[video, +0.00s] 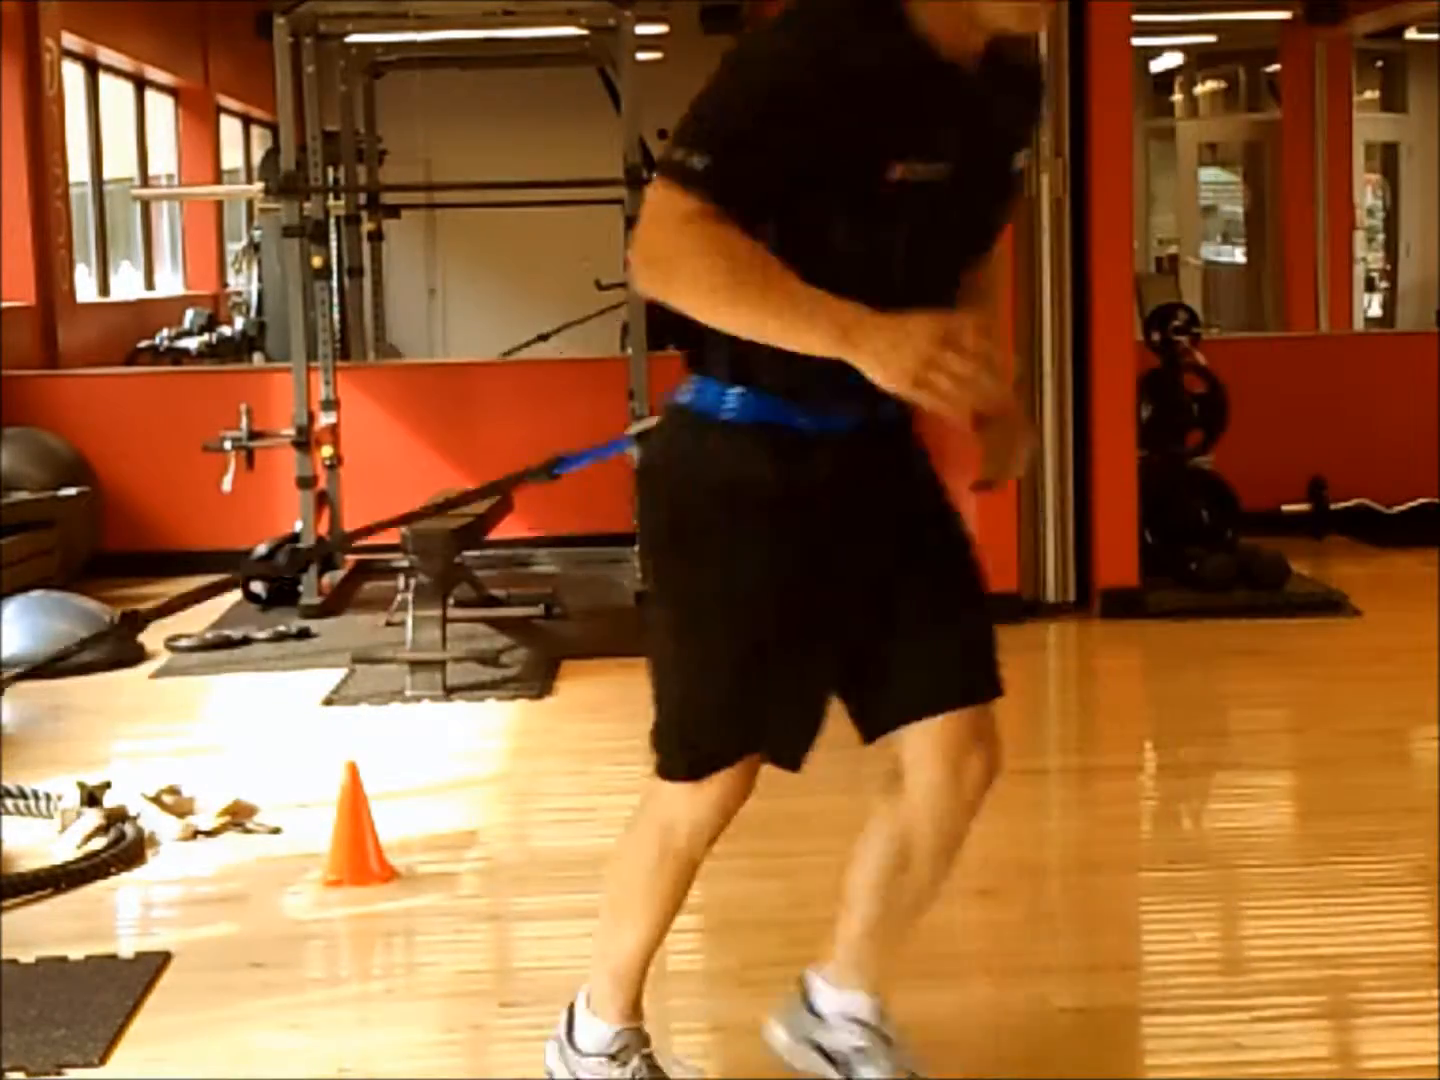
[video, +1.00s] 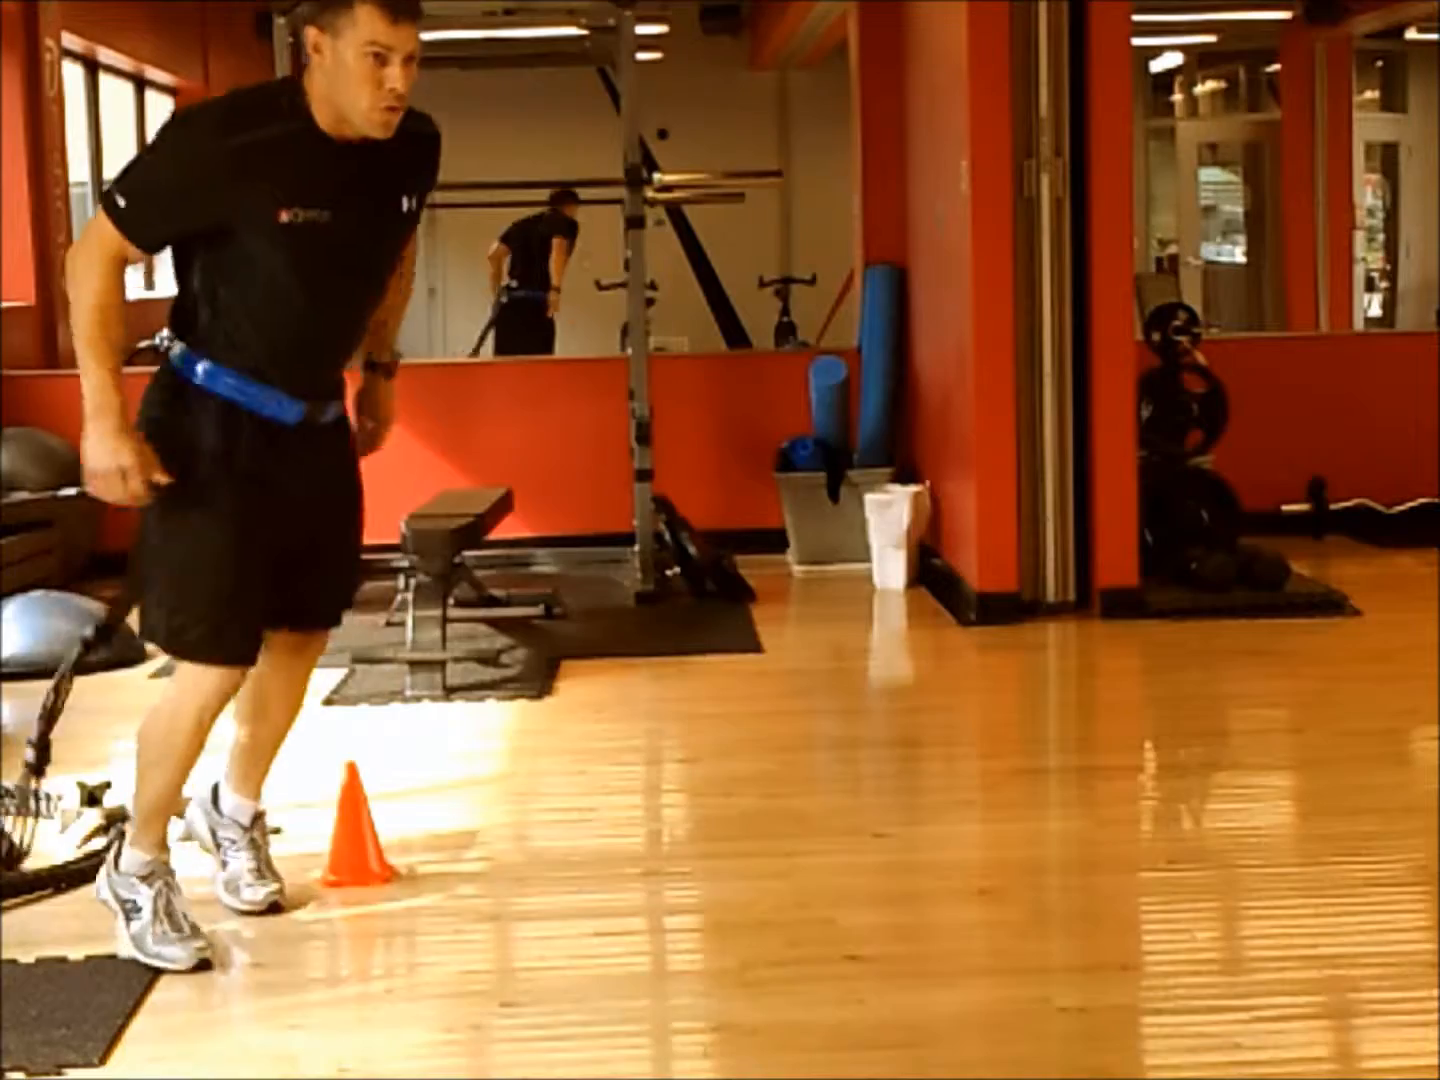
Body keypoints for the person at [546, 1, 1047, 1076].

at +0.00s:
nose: (1047, 7)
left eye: (1049, 6)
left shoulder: (1012, 74)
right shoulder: (808, 44)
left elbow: (977, 243)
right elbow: (663, 244)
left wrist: (991, 387)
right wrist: (865, 335)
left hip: (874, 455)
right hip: (730, 456)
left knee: (954, 754)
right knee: (710, 766)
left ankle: (838, 1001)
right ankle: (599, 1031)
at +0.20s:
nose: (815, 27)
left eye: (824, 7)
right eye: (785, 4)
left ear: (833, 18)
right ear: (700, 7)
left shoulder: (784, 138)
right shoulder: (570, 105)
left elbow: (787, 292)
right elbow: (424, 262)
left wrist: (816, 426)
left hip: (640, 441)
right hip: (524, 444)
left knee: (675, 725)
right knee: (591, 736)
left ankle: (513, 841)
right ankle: (583, 1039)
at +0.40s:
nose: (603, 125)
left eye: (616, 102)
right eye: (581, 99)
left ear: (624, 105)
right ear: (514, 94)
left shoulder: (604, 220)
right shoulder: (404, 191)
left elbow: (659, 353)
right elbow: (231, 279)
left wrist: (680, 383)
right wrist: (231, 458)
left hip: (472, 500)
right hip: (365, 492)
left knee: (411, 723)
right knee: (466, 713)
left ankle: (316, 888)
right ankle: (534, 1003)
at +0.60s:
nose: (489, 30)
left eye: (501, 10)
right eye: (465, 6)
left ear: (507, 19)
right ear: (403, 10)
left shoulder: (491, 117)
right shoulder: (295, 96)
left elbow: (484, 244)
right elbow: (174, 212)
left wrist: (510, 368)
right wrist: (240, 373)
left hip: (384, 396)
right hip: (279, 390)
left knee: (366, 636)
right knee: (335, 634)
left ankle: (331, 870)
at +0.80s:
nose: (398, 75)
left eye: (407, 54)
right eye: (378, 50)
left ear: (413, 58)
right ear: (308, 42)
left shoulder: (403, 158)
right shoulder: (219, 147)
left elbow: (351, 277)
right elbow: (104, 285)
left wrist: (349, 358)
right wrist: (250, 351)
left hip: (336, 452)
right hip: (218, 451)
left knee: (357, 670)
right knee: (194, 682)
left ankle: (247, 790)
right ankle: (130, 877)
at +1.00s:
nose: (400, 82)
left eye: (410, 60)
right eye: (379, 57)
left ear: (417, 60)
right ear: (313, 48)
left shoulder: (411, 146)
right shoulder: (220, 136)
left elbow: (394, 259)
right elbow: (95, 255)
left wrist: (379, 364)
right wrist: (105, 419)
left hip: (317, 430)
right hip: (213, 420)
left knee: (300, 631)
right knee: (214, 656)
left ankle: (233, 805)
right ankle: (137, 865)